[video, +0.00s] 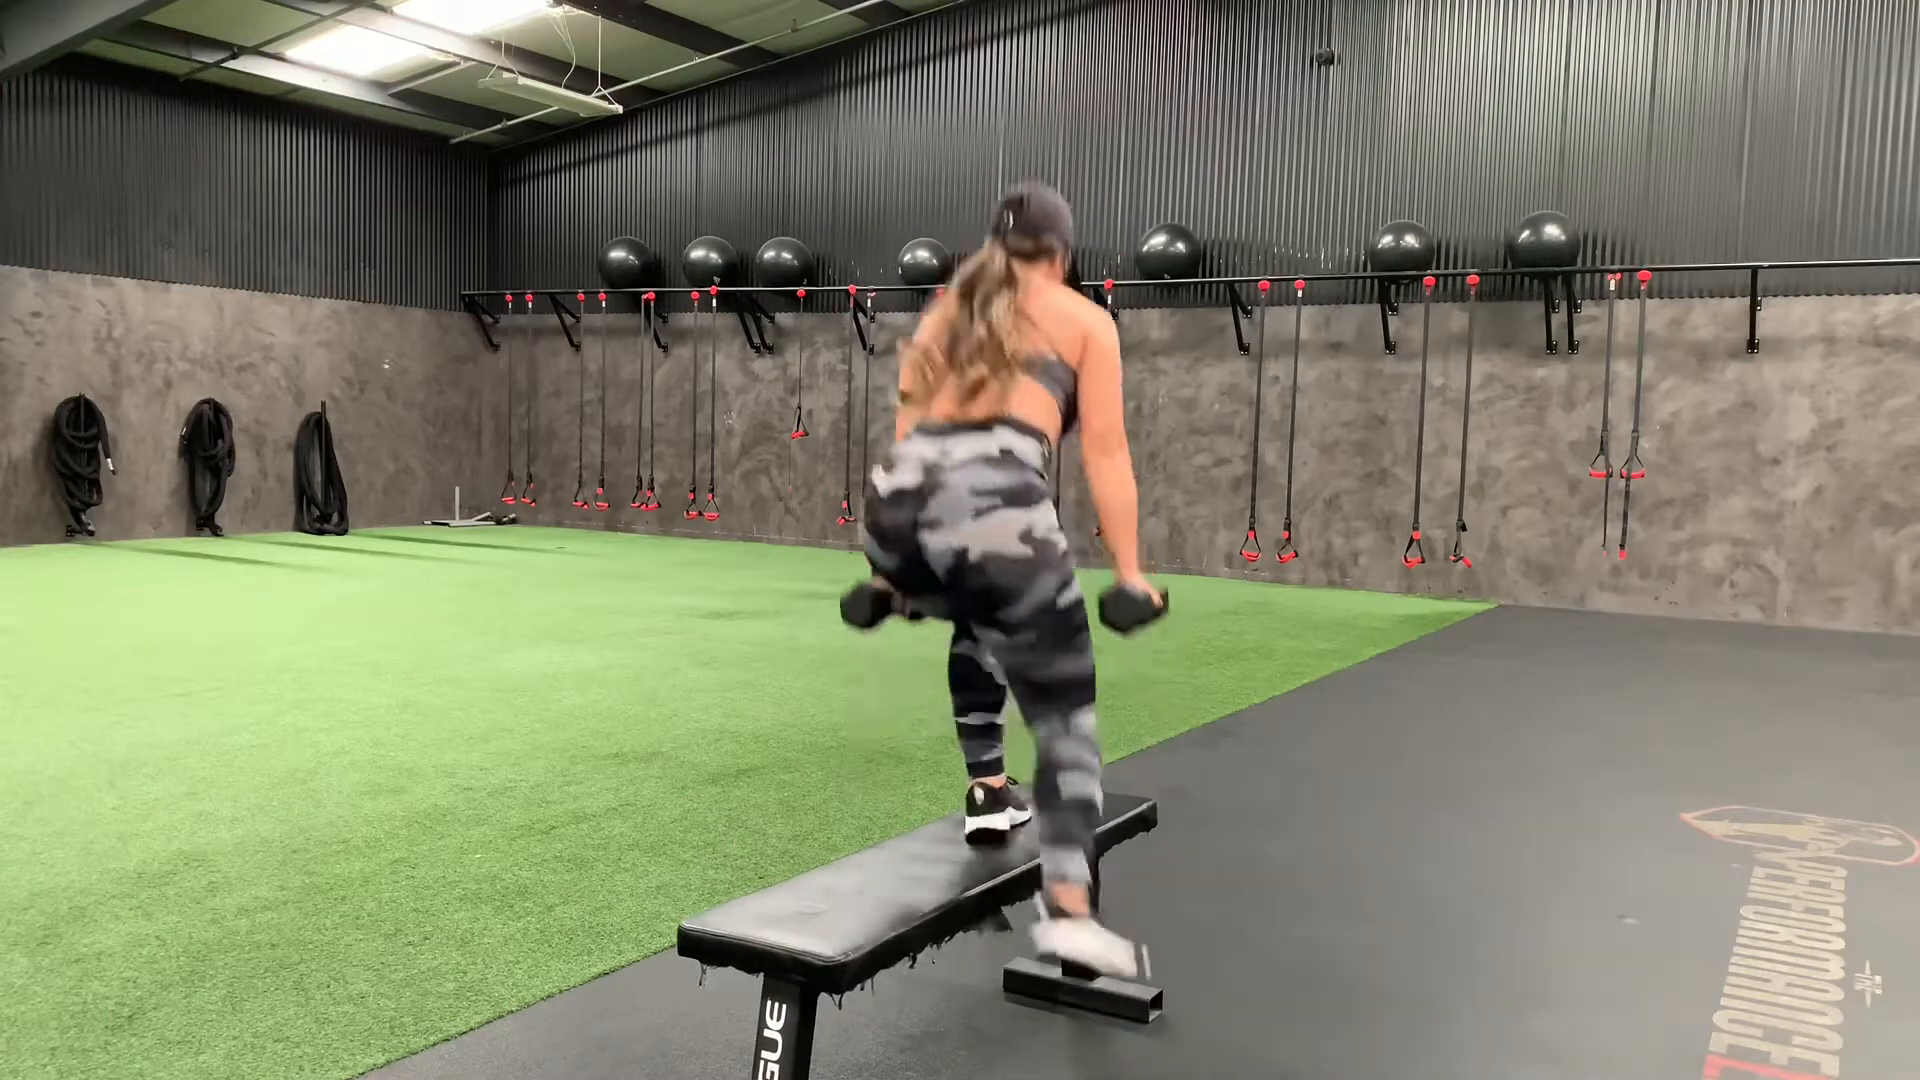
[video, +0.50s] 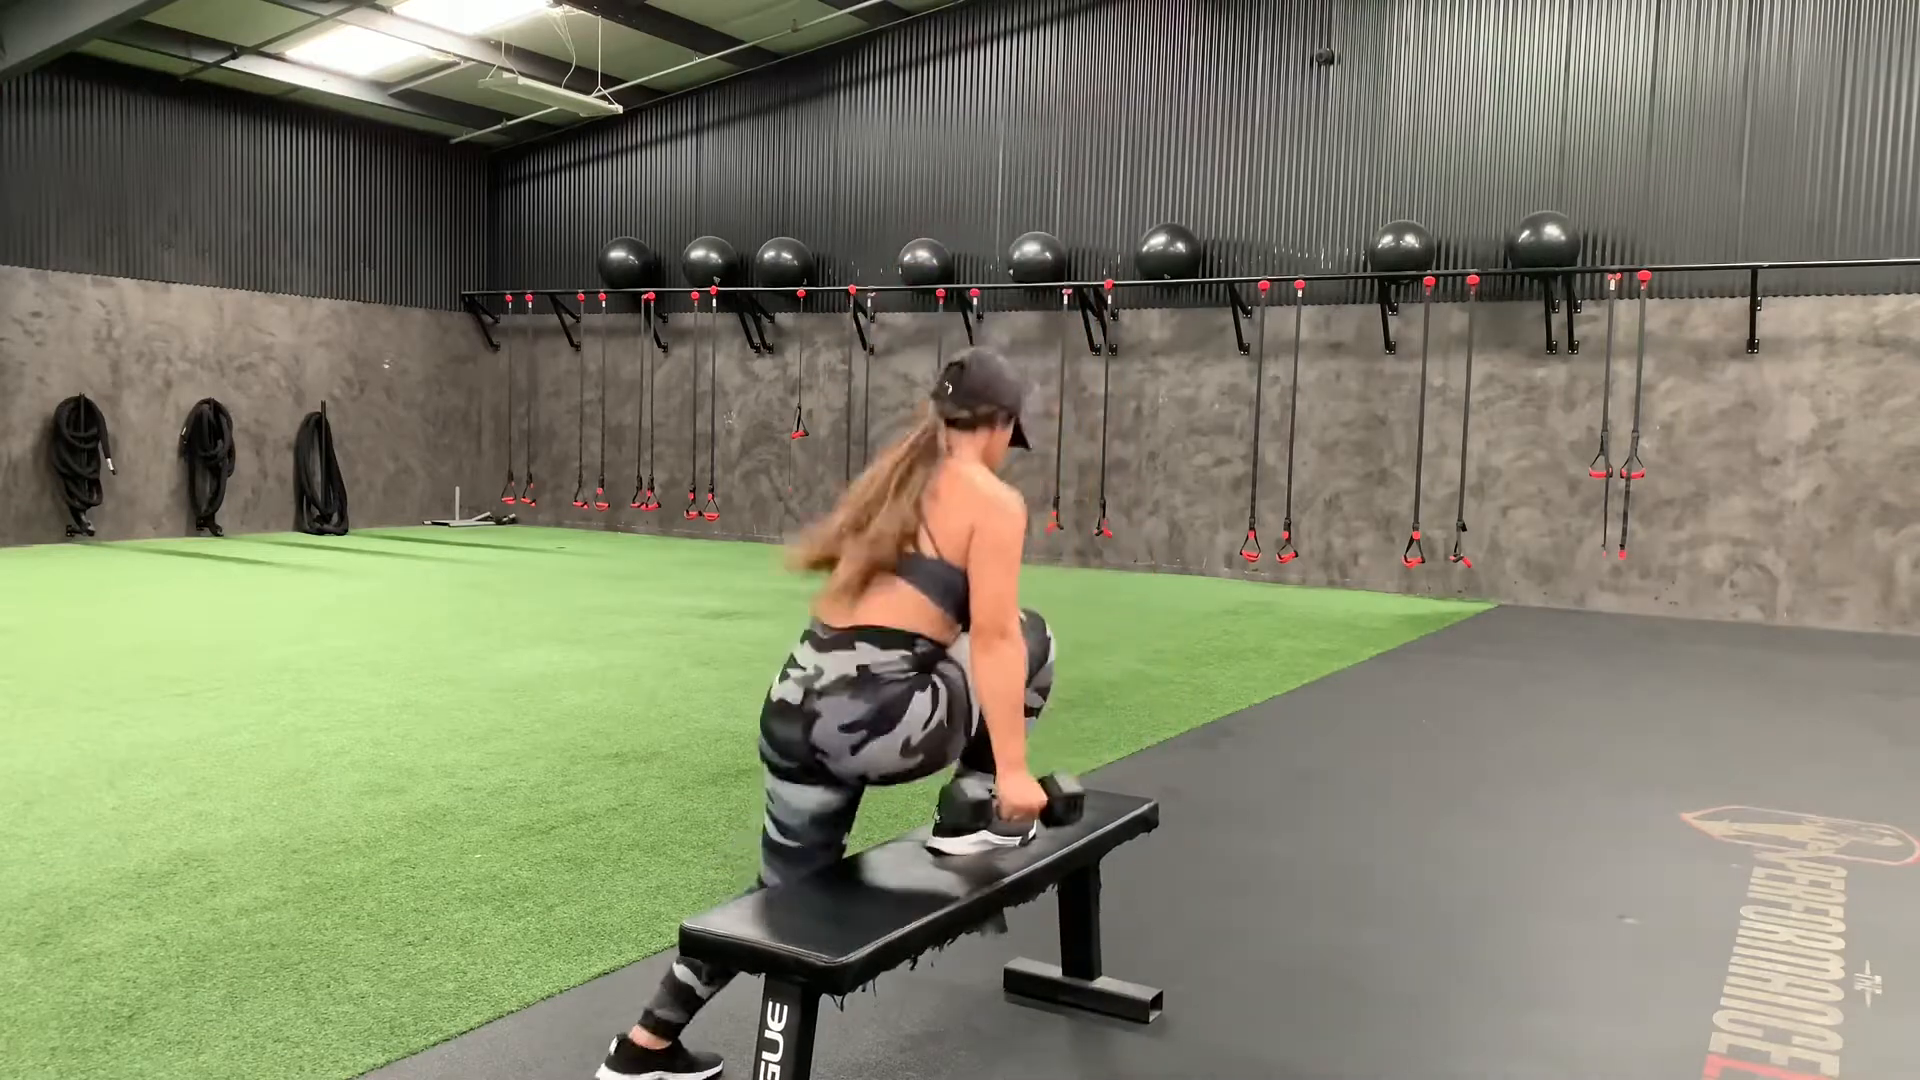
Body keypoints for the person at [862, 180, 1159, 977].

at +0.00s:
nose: (1062, 263)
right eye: (1065, 252)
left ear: (993, 243)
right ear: (1062, 250)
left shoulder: (944, 312)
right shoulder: (1085, 320)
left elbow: (905, 435)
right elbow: (1104, 448)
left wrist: (898, 568)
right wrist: (1129, 572)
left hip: (907, 505)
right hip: (1003, 505)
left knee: (971, 618)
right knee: (1062, 711)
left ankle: (987, 788)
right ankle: (1069, 911)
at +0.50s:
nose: (1012, 443)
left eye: (1013, 429)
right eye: (1012, 428)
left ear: (945, 417)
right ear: (995, 424)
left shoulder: (891, 476)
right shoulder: (991, 501)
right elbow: (994, 641)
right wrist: (1011, 771)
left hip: (794, 702)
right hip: (877, 708)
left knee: (786, 890)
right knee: (1028, 633)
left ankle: (649, 1037)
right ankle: (971, 812)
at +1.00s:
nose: (1104, 245)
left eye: (1097, 233)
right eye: (1103, 234)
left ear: (1023, 223)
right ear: (1096, 231)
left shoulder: (962, 279)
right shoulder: (1118, 294)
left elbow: (907, 400)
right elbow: (1132, 425)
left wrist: (868, 508)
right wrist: (1153, 552)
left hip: (902, 468)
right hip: (1009, 471)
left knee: (972, 592)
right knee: (1070, 658)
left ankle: (984, 774)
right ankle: (1066, 836)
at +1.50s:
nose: (1097, 285)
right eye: (1102, 273)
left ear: (1022, 257)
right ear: (1095, 270)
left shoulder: (958, 332)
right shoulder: (1117, 338)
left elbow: (915, 459)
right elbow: (1137, 469)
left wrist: (900, 567)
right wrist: (1158, 587)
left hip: (939, 519)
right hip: (1046, 519)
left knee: (990, 619)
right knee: (1088, 745)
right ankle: (1109, 944)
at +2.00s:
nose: (1059, 412)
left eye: (1058, 400)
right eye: (1060, 400)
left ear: (990, 384)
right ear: (1047, 397)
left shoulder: (920, 443)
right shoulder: (1048, 465)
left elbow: (881, 577)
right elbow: (1053, 607)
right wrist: (1064, 736)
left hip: (842, 665)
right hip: (936, 671)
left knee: (813, 856)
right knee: (1038, 664)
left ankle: (700, 1022)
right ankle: (974, 803)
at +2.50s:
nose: (1098, 227)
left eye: (1095, 217)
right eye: (1098, 217)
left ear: (1022, 206)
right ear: (1093, 213)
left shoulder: (961, 266)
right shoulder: (1121, 277)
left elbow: (902, 390)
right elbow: (1126, 415)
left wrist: (858, 492)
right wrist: (1129, 538)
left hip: (907, 452)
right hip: (1014, 456)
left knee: (963, 594)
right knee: (1055, 635)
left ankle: (968, 773)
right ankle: (1049, 803)